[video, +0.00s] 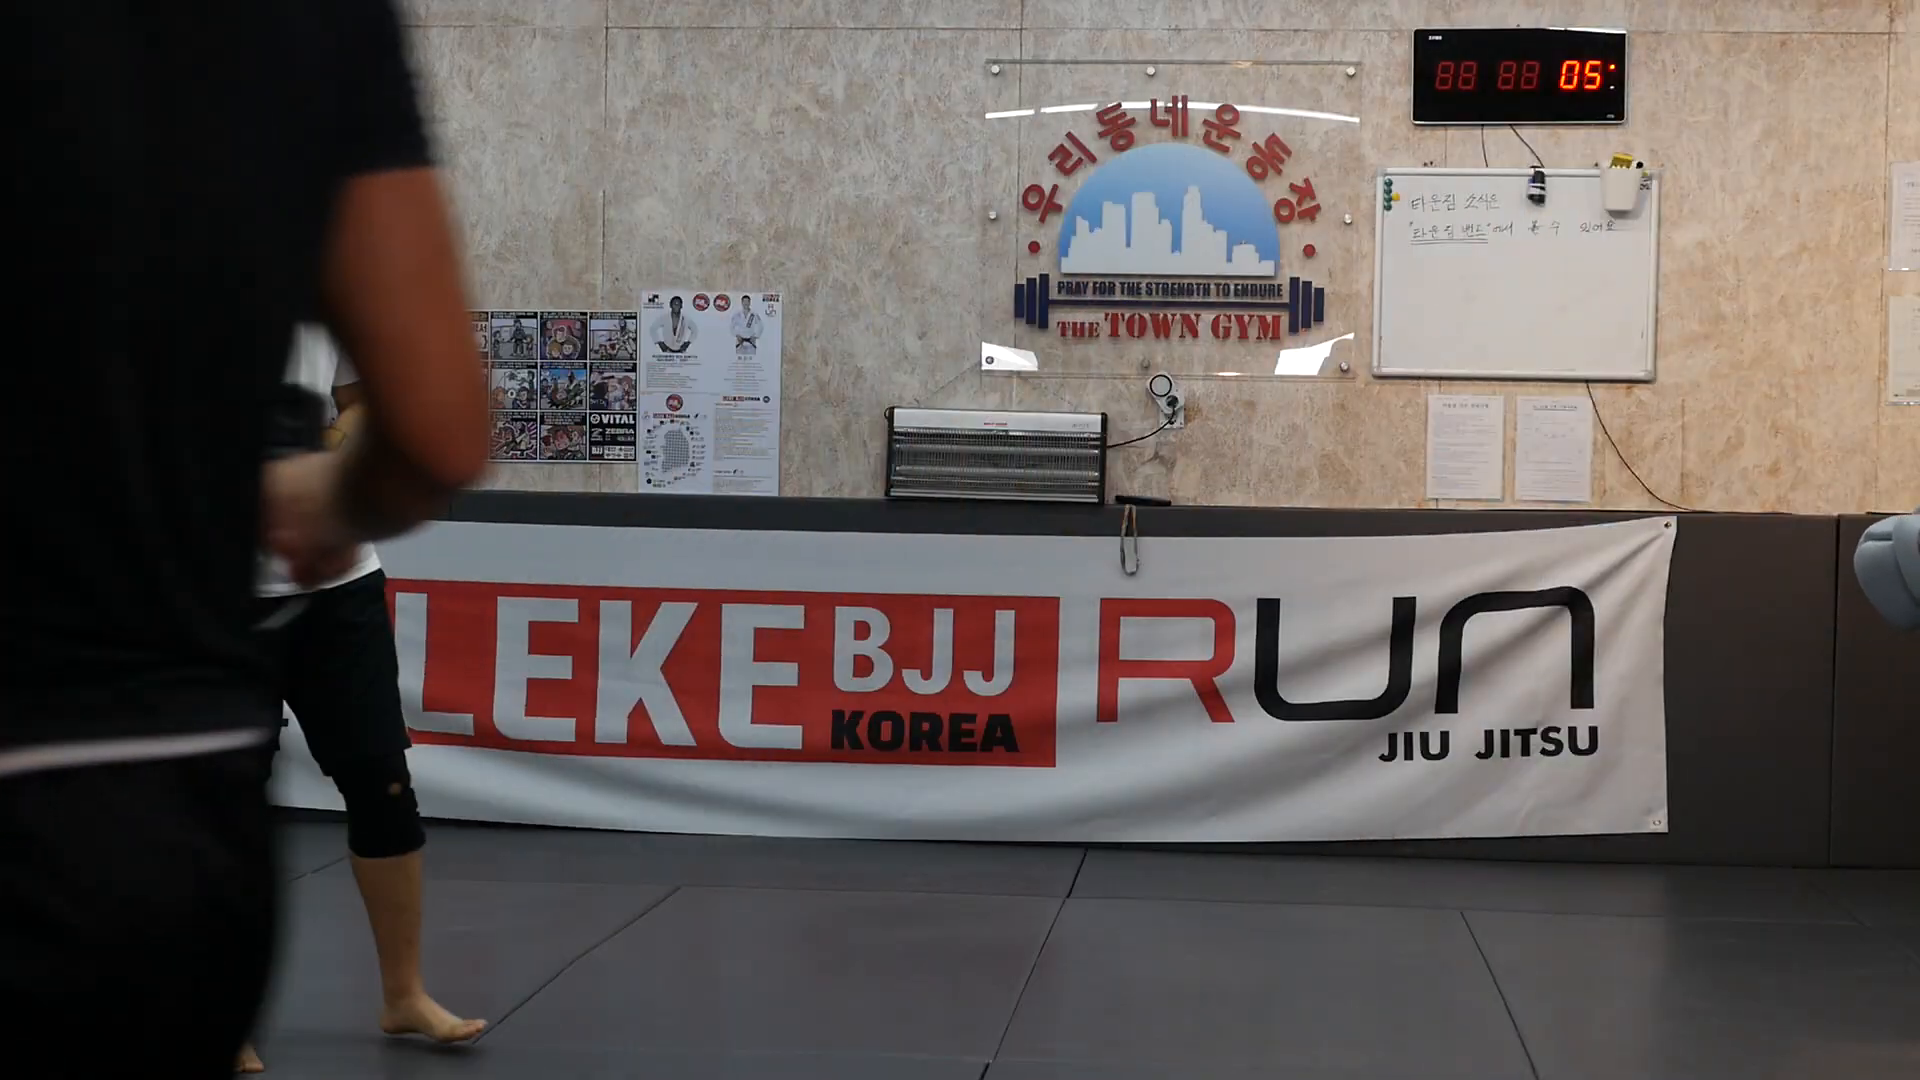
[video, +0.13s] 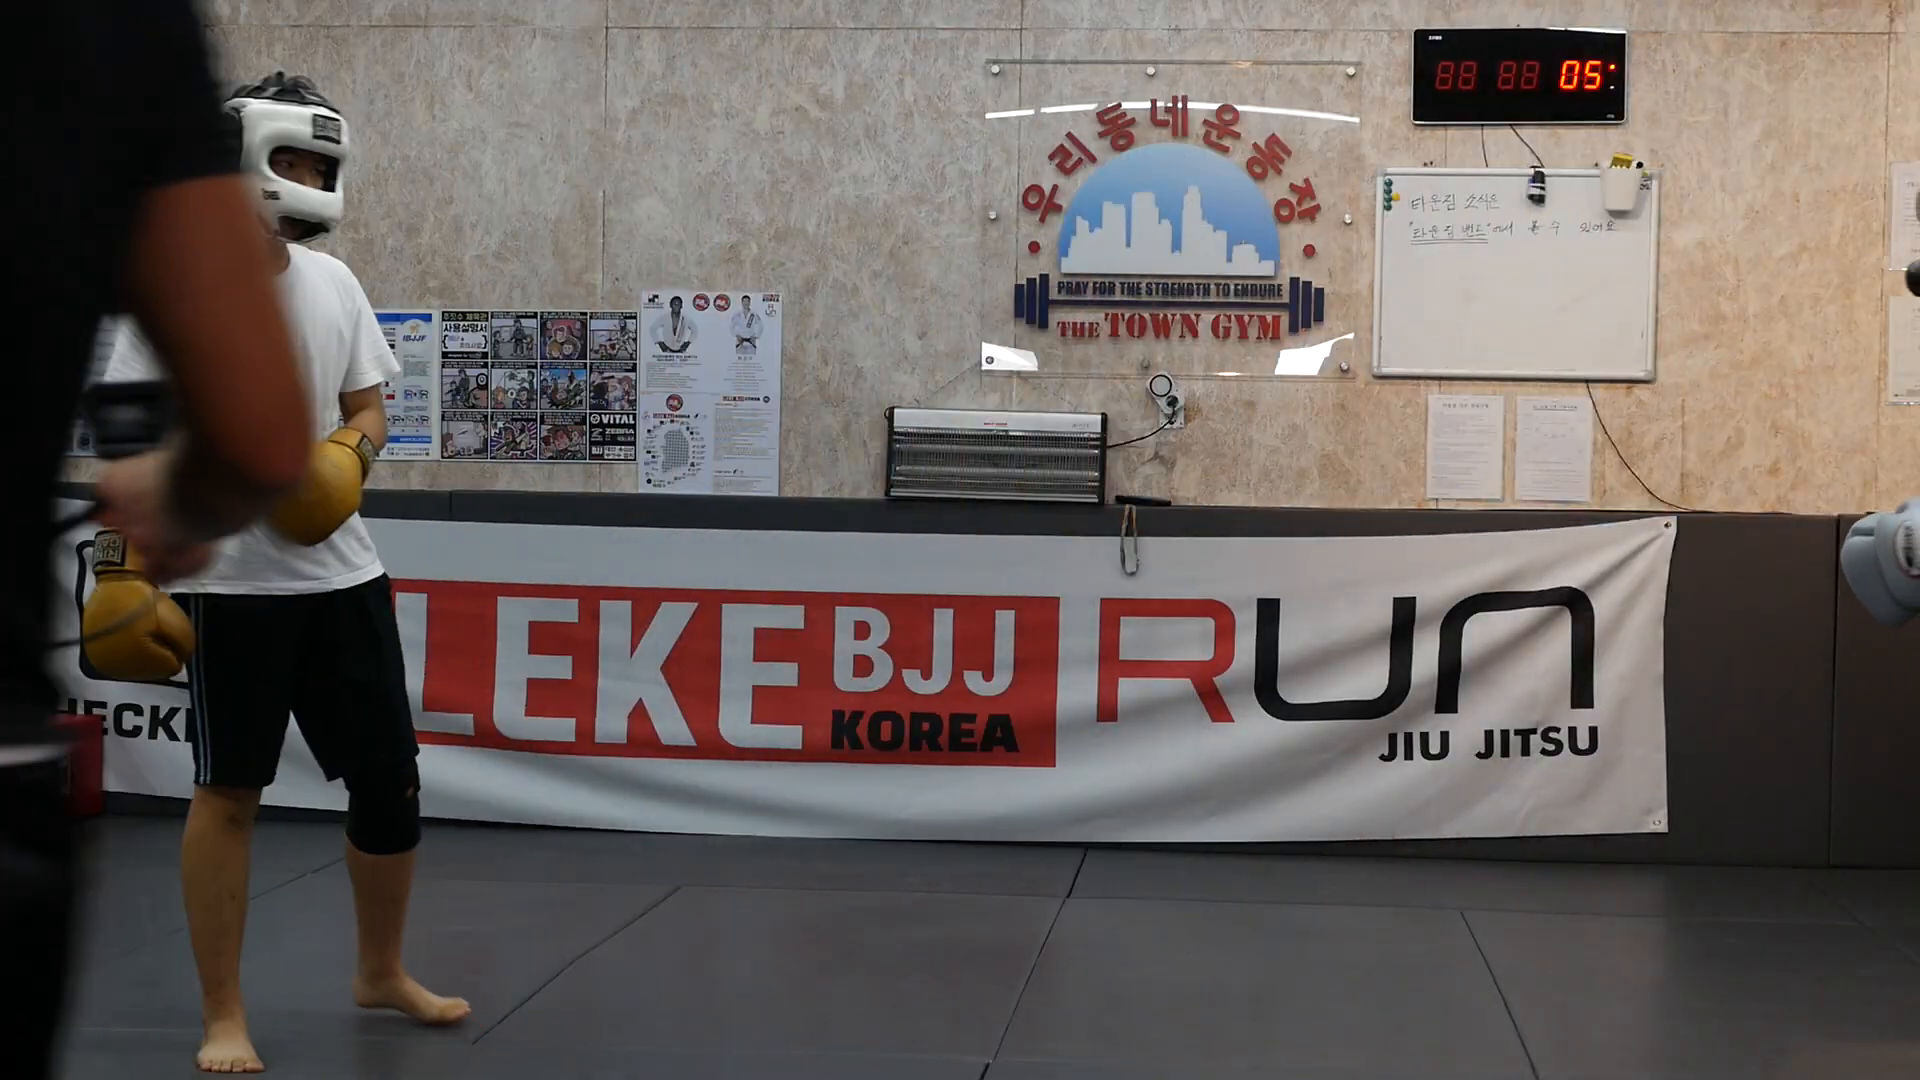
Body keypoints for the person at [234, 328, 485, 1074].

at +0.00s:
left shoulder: (318, 288)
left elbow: (360, 406)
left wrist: (322, 485)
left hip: (333, 584)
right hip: (221, 596)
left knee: (382, 786)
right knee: (221, 818)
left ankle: (405, 994)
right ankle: (221, 1023)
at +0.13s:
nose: (311, 180)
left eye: (321, 165)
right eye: (290, 159)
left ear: (329, 178)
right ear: (230, 163)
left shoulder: (334, 283)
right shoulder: (170, 293)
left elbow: (369, 402)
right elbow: (121, 442)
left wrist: (345, 451)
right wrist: (121, 566)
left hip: (344, 583)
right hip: (230, 590)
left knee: (389, 784)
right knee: (228, 797)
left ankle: (381, 974)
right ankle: (224, 1019)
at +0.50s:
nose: (409, 197)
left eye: (413, 178)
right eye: (396, 177)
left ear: (354, 182)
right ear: (339, 175)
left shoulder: (356, 296)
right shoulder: (270, 288)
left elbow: (371, 429)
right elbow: (251, 429)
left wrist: (420, 491)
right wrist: (258, 562)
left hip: (375, 584)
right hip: (305, 584)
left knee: (353, 785)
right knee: (279, 790)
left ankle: (341, 973)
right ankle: (231, 1010)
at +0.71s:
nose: (433, 203)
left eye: (431, 182)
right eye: (423, 183)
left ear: (349, 186)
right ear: (382, 186)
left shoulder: (355, 298)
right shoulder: (314, 294)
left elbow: (386, 446)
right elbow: (336, 440)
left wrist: (446, 543)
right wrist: (394, 557)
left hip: (372, 573)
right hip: (324, 577)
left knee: (362, 775)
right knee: (324, 778)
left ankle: (341, 971)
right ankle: (244, 996)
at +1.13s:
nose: (467, 192)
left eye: (462, 172)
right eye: (456, 174)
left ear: (375, 185)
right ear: (418, 183)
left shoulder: (363, 285)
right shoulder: (368, 289)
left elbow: (400, 450)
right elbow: (403, 447)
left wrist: (474, 538)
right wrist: (482, 534)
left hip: (369, 556)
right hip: (348, 557)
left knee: (376, 768)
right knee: (374, 769)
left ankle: (340, 971)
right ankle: (259, 966)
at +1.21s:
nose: (470, 191)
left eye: (465, 173)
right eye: (458, 175)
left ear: (384, 186)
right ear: (415, 184)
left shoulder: (358, 284)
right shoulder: (377, 289)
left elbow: (314, 441)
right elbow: (401, 445)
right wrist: (469, 551)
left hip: (362, 557)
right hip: (354, 560)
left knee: (374, 766)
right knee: (367, 769)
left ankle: (340, 970)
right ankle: (260, 969)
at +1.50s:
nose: (483, 193)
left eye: (481, 175)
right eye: (468, 176)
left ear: (413, 187)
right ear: (417, 185)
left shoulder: (412, 299)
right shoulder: (350, 291)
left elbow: (397, 446)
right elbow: (344, 433)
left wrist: (420, 570)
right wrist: (365, 561)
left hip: (400, 568)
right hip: (344, 570)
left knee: (374, 778)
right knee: (342, 779)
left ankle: (351, 969)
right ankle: (329, 993)